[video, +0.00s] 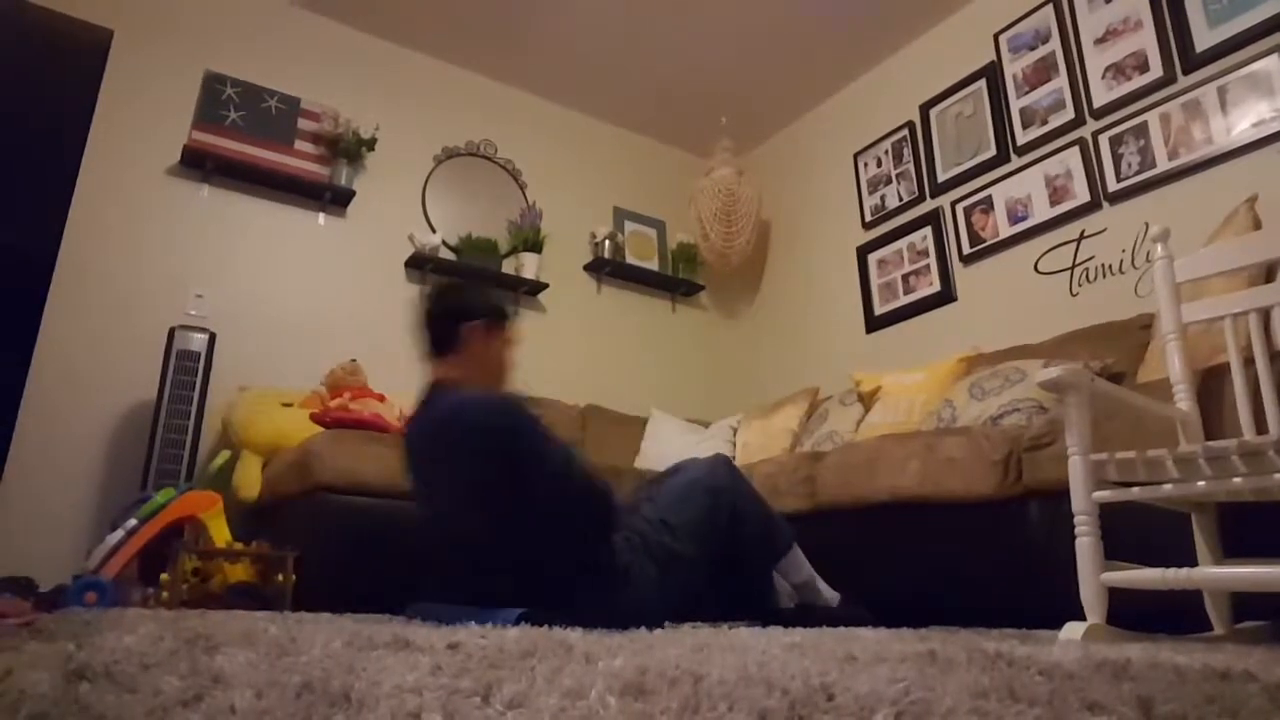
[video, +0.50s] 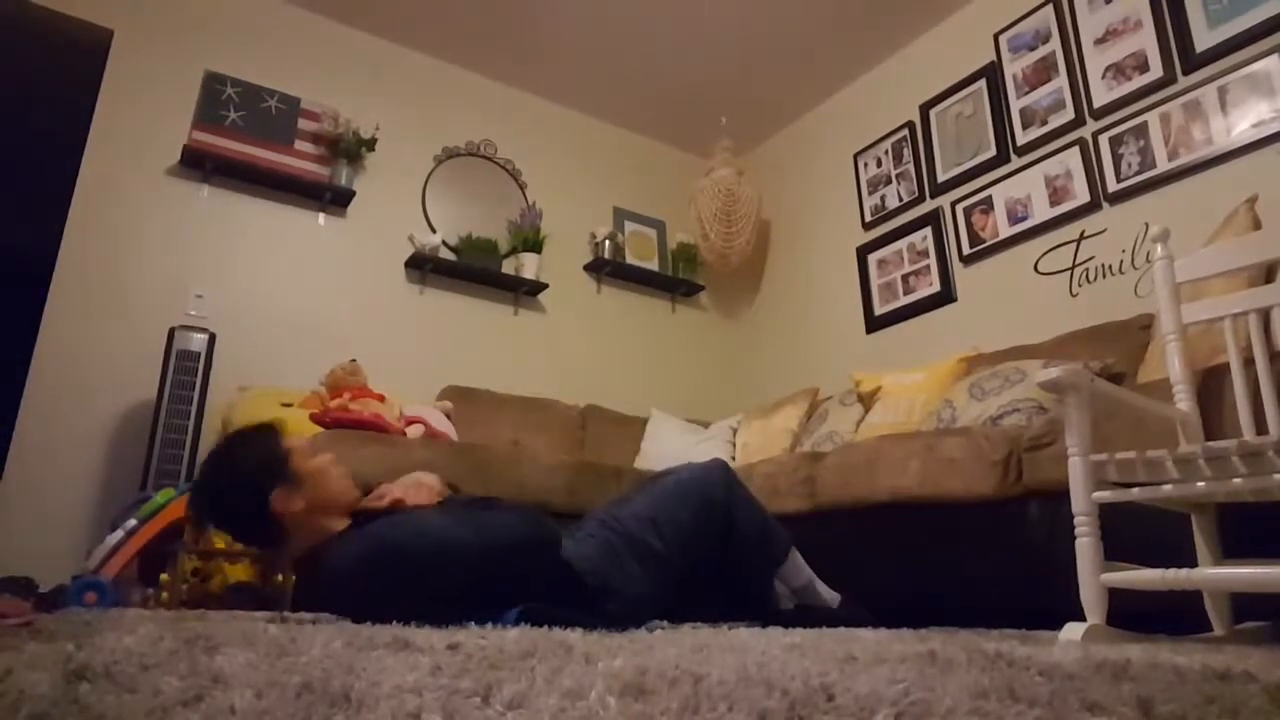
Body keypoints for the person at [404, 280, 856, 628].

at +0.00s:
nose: (510, 353)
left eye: (508, 340)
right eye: (503, 339)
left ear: (450, 341)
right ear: (473, 338)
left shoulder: (425, 427)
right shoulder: (496, 420)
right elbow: (596, 509)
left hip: (511, 595)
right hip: (592, 599)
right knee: (713, 475)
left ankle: (790, 602)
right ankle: (812, 593)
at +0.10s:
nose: (443, 379)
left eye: (439, 364)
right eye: (434, 364)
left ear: (377, 378)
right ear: (403, 372)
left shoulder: (376, 462)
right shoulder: (440, 458)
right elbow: (566, 517)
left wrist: (477, 457)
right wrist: (514, 463)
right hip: (589, 596)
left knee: (685, 485)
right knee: (708, 481)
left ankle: (796, 603)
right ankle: (815, 600)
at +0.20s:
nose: (392, 407)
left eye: (380, 393)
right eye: (373, 399)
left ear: (322, 439)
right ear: (335, 427)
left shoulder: (318, 526)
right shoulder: (404, 501)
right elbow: (542, 524)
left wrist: (432, 470)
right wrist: (466, 471)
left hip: (529, 600)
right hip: (575, 595)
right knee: (706, 486)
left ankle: (788, 624)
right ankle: (821, 606)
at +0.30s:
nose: (333, 447)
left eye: (318, 438)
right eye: (312, 446)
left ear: (287, 493)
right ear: (287, 490)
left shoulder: (327, 562)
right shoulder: (366, 548)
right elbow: (531, 530)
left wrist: (431, 498)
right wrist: (438, 497)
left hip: (550, 574)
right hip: (575, 587)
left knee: (680, 491)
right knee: (708, 486)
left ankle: (792, 614)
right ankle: (822, 616)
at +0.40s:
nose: (312, 467)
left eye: (295, 461)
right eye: (290, 470)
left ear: (278, 521)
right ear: (271, 523)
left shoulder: (330, 565)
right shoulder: (358, 568)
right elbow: (523, 535)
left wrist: (414, 507)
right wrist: (431, 510)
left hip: (557, 567)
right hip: (577, 577)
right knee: (711, 483)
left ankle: (803, 608)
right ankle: (814, 602)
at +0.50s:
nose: (334, 456)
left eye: (319, 448)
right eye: (314, 456)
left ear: (291, 506)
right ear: (289, 504)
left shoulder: (332, 564)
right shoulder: (369, 556)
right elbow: (537, 535)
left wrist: (437, 499)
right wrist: (444, 498)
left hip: (559, 567)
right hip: (583, 581)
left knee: (684, 484)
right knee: (712, 482)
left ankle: (789, 610)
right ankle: (819, 613)